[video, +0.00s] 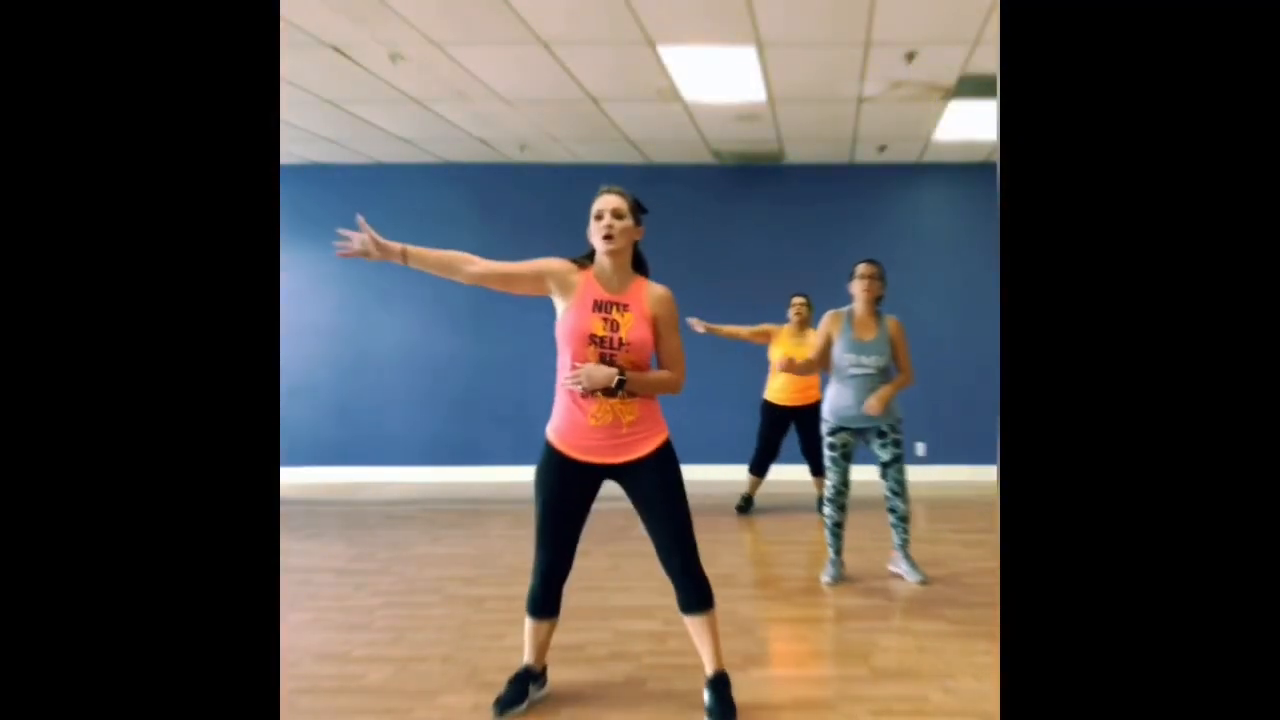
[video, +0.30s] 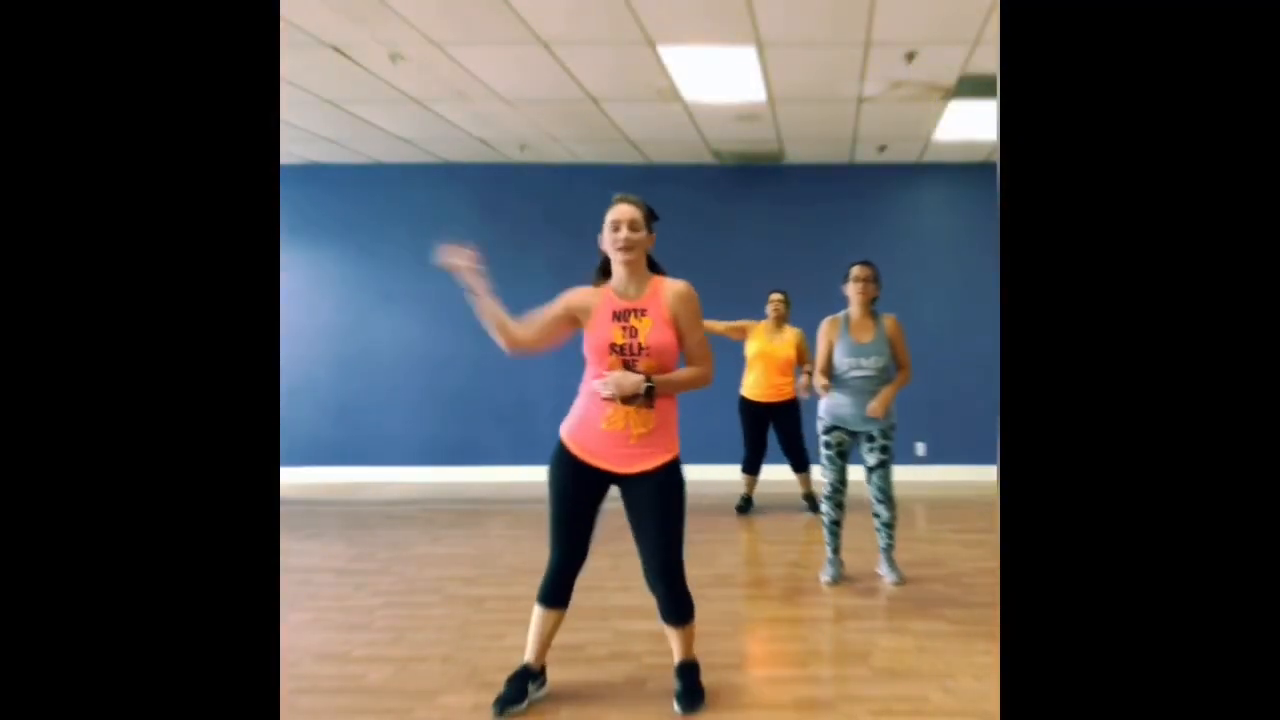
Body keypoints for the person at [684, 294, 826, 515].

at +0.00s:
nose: (798, 309)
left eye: (802, 306)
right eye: (794, 306)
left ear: (810, 313)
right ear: (788, 312)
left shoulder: (817, 338)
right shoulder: (775, 333)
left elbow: (830, 365)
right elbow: (743, 333)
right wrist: (709, 328)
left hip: (808, 402)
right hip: (776, 401)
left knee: (814, 452)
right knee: (765, 450)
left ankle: (823, 497)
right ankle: (748, 495)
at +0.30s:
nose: (775, 306)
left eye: (780, 303)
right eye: (772, 302)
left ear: (787, 309)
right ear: (766, 308)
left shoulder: (795, 335)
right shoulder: (751, 329)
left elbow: (806, 363)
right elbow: (720, 327)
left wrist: (805, 378)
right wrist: (693, 322)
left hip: (784, 399)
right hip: (753, 399)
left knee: (795, 449)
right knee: (754, 450)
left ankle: (808, 494)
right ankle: (746, 495)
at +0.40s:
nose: (772, 306)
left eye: (776, 303)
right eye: (768, 303)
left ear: (783, 309)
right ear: (762, 308)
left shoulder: (793, 335)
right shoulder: (748, 330)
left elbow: (802, 361)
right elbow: (718, 336)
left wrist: (801, 377)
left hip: (781, 398)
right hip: (751, 397)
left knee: (786, 450)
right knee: (752, 449)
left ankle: (788, 495)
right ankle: (747, 494)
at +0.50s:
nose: (769, 307)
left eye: (773, 303)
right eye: (765, 303)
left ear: (780, 309)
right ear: (759, 308)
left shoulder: (791, 334)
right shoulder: (746, 333)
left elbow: (802, 360)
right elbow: (725, 348)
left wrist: (799, 377)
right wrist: (707, 338)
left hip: (780, 398)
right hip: (750, 396)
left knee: (780, 452)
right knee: (751, 450)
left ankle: (779, 496)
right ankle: (747, 494)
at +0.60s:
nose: (768, 306)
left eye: (772, 302)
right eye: (764, 302)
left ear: (780, 308)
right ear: (758, 308)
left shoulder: (790, 333)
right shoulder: (745, 333)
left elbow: (803, 359)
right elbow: (733, 362)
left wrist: (802, 375)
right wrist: (713, 344)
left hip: (781, 398)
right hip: (750, 398)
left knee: (788, 449)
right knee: (751, 449)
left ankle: (787, 494)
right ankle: (746, 495)